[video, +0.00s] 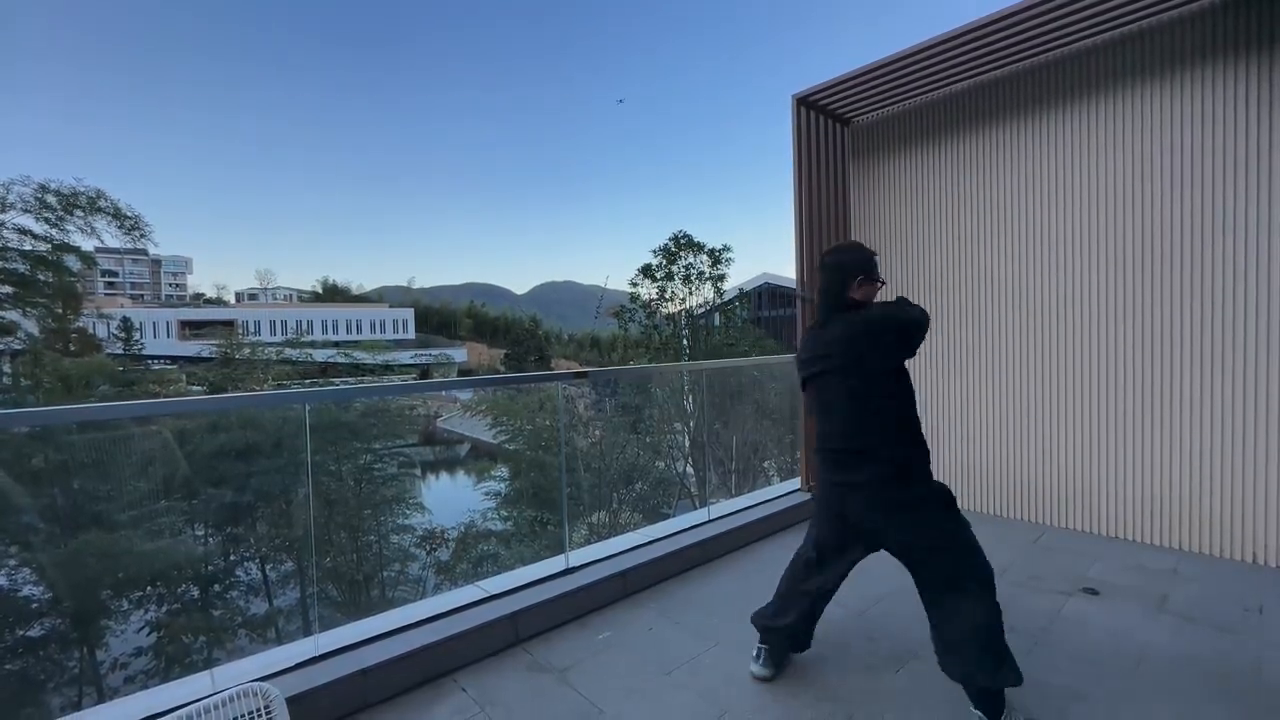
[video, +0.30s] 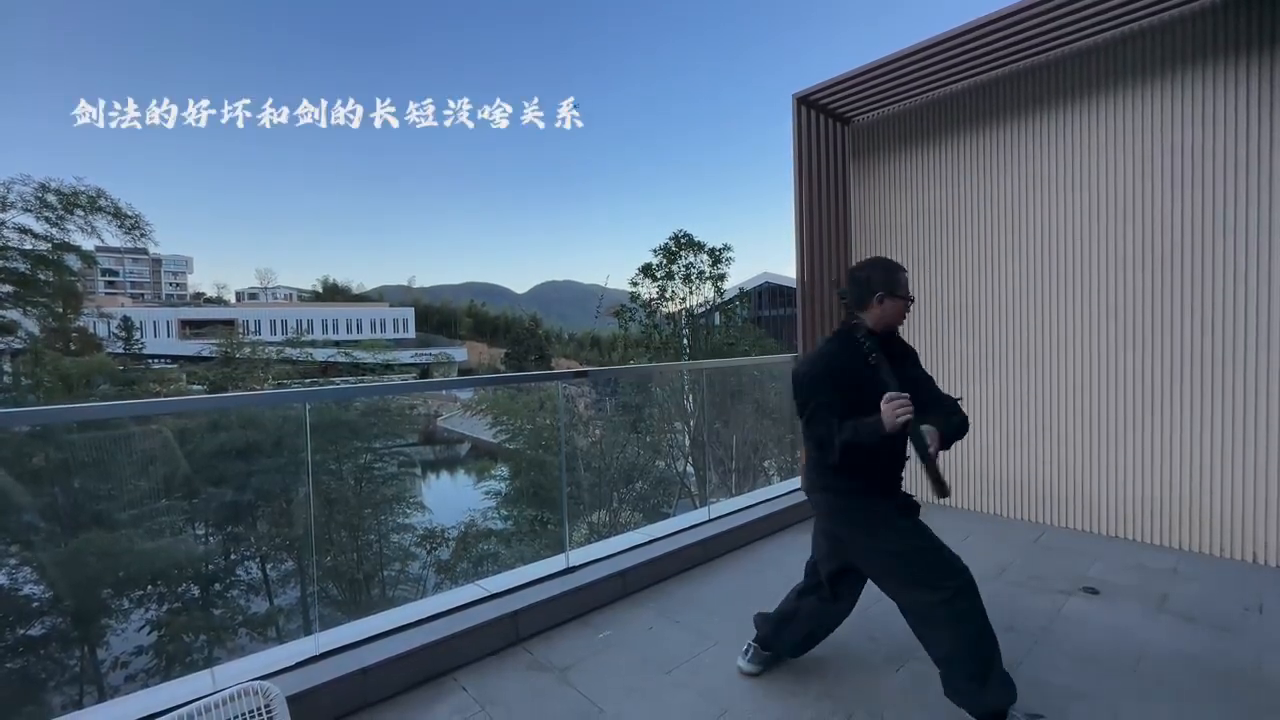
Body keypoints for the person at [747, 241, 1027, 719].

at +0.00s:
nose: (876, 289)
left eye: (874, 280)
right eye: (867, 281)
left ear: (828, 289)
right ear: (847, 288)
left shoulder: (811, 344)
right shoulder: (876, 327)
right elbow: (915, 319)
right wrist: (886, 302)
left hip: (839, 495)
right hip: (903, 491)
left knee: (813, 565)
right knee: (963, 579)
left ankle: (771, 644)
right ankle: (986, 693)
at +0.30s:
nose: (908, 307)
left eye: (908, 299)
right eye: (902, 299)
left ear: (877, 303)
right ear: (875, 301)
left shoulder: (897, 354)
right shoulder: (823, 364)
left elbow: (949, 412)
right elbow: (823, 437)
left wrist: (938, 429)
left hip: (871, 496)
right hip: (849, 501)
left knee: (829, 584)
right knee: (946, 586)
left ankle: (768, 643)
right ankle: (991, 704)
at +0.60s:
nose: (795, 346)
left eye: (795, 339)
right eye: (795, 339)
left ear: (803, 339)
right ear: (840, 332)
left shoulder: (795, 383)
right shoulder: (886, 356)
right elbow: (956, 375)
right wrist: (912, 411)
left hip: (819, 515)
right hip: (895, 511)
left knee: (786, 559)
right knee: (953, 589)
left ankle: (768, 644)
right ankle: (990, 705)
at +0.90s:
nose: (776, 369)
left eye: (775, 362)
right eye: (775, 362)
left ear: (786, 361)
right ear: (818, 350)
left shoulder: (798, 403)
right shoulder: (858, 372)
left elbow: (772, 451)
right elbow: (828, 407)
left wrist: (769, 410)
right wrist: (774, 398)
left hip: (852, 531)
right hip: (916, 527)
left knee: (782, 548)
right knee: (952, 613)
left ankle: (765, 641)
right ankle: (1019, 706)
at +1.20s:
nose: (906, 302)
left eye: (907, 292)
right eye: (904, 293)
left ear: (931, 288)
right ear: (955, 285)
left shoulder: (956, 341)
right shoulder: (998, 321)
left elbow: (891, 400)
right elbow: (908, 359)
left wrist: (832, 380)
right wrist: (833, 368)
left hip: (998, 495)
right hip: (1059, 494)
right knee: (987, 594)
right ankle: (1048, 705)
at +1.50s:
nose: (972, 308)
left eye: (977, 296)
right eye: (973, 298)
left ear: (1007, 299)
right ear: (1015, 300)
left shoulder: (1061, 367)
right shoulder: (1075, 349)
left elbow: (1072, 488)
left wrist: (1058, 546)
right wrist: (1042, 498)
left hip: (1168, 557)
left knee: (1181, 702)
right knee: (1040, 584)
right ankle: (1055, 709)